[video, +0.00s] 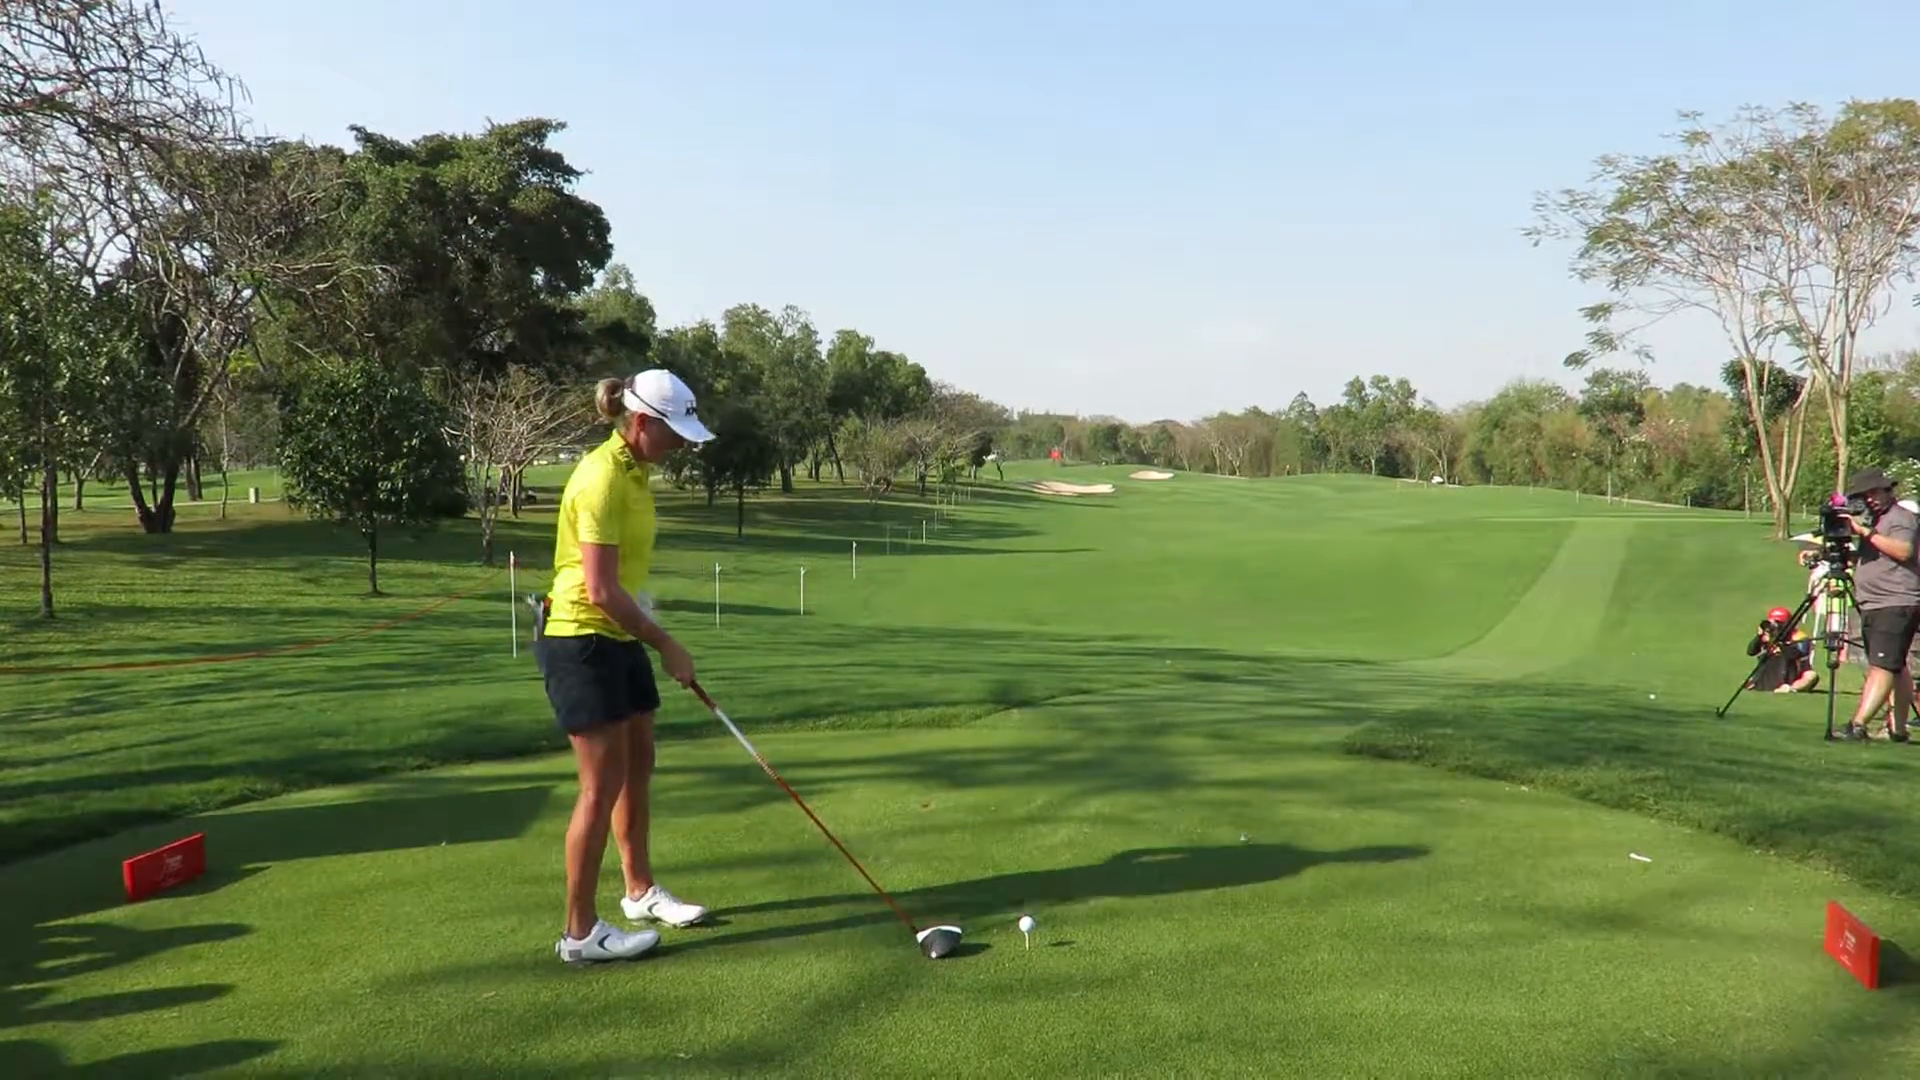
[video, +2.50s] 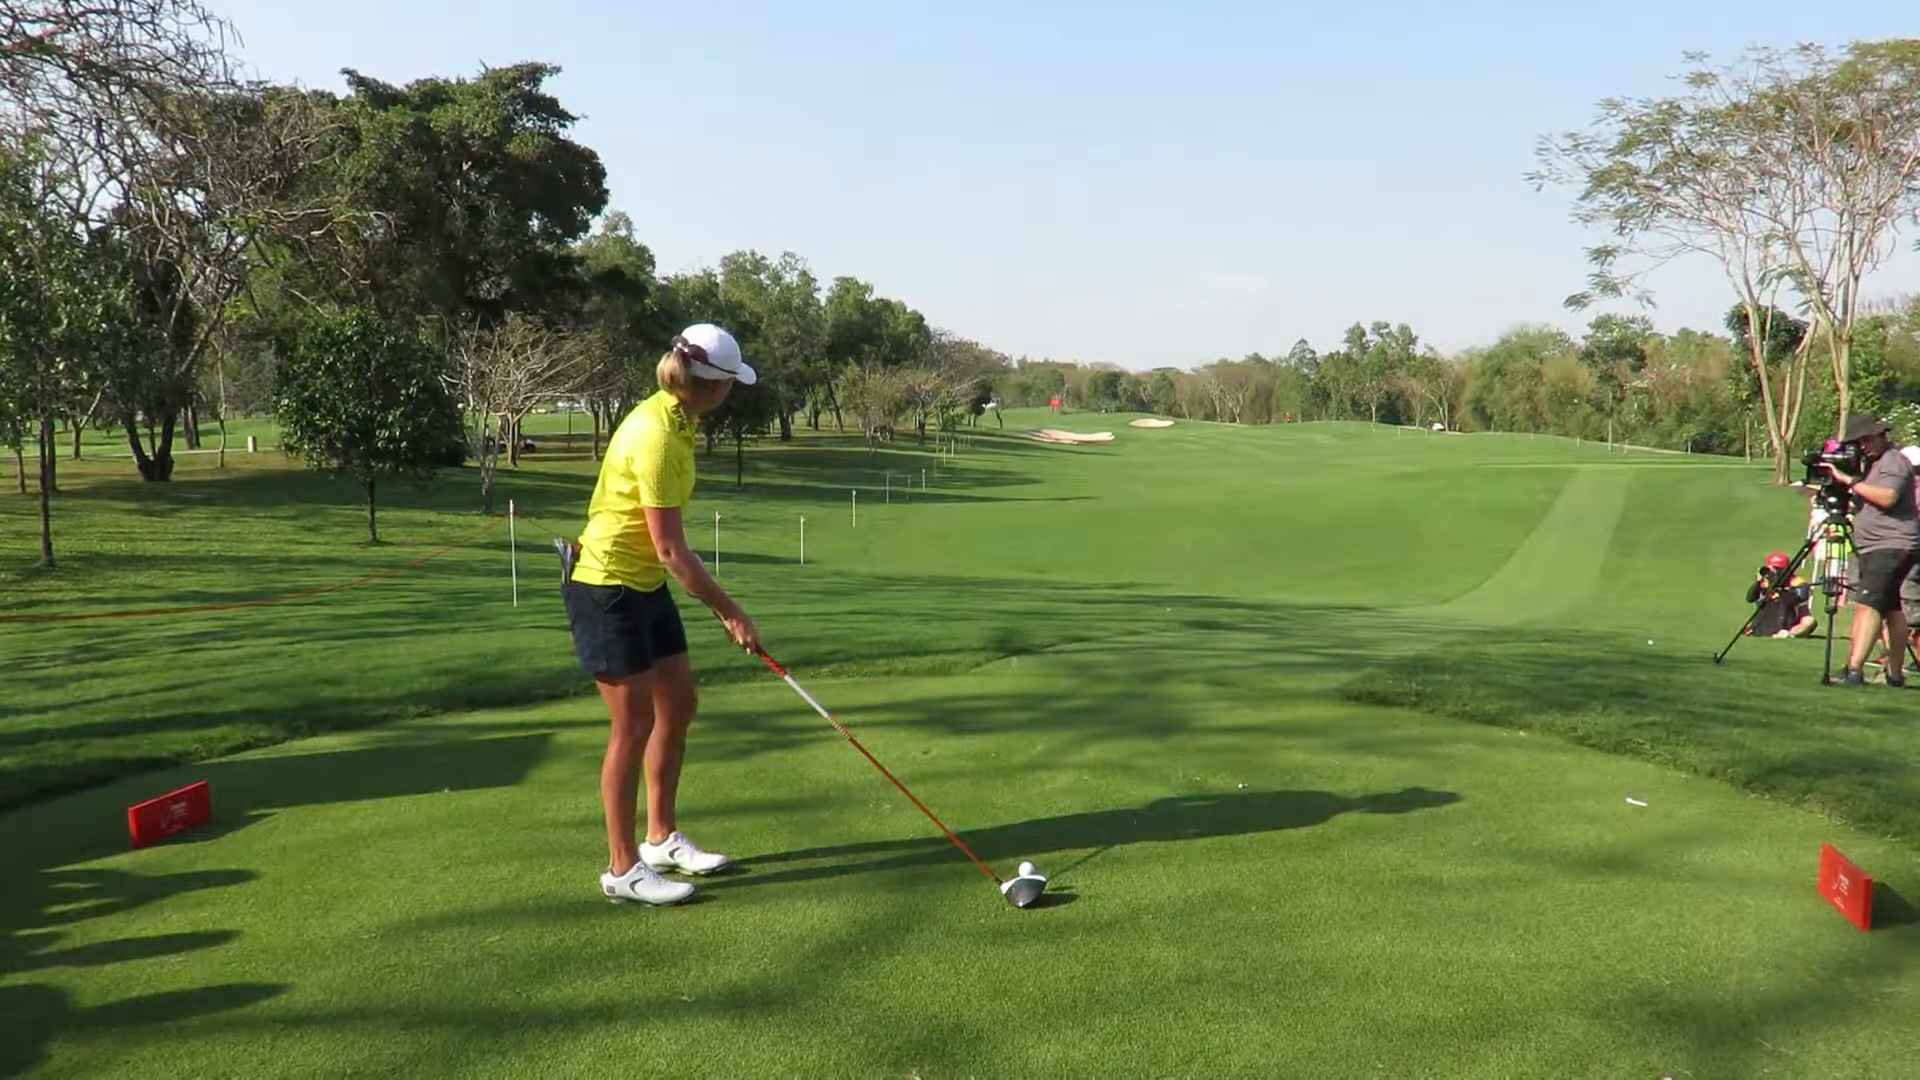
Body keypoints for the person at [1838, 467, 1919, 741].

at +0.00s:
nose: (1868, 502)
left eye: (1872, 495)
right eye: (1864, 497)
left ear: (1886, 492)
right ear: (1864, 499)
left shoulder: (1902, 517)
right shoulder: (1874, 521)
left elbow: (1904, 551)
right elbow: (1864, 558)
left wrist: (1865, 532)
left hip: (1897, 602)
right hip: (1873, 603)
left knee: (1883, 664)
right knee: (1893, 667)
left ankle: (1858, 724)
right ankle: (1898, 727)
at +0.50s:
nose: (1868, 475)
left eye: (1872, 469)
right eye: (1864, 471)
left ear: (1886, 466)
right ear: (1864, 473)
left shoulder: (1901, 490)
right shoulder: (1876, 494)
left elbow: (1901, 524)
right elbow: (1867, 531)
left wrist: (1865, 508)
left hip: (1896, 577)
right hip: (1875, 577)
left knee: (1882, 638)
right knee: (1894, 642)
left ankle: (1856, 697)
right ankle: (1898, 702)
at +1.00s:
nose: (1867, 462)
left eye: (1870, 455)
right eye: (1863, 458)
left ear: (1885, 452)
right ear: (1865, 459)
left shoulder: (1900, 476)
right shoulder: (1879, 480)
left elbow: (1898, 511)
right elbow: (1867, 517)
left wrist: (1861, 494)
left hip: (1895, 563)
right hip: (1876, 563)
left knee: (1877, 623)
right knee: (1895, 628)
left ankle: (1856, 685)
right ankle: (1897, 689)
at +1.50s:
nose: (1866, 452)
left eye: (1870, 445)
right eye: (1863, 447)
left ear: (1884, 442)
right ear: (1863, 448)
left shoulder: (1898, 467)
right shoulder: (1877, 470)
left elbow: (1894, 502)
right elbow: (1868, 504)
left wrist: (1857, 485)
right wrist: (1846, 482)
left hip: (1892, 551)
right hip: (1874, 551)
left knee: (1869, 610)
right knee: (1892, 616)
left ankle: (1854, 675)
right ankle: (1895, 678)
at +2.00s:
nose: (1865, 449)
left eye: (1870, 442)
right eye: (1862, 444)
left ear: (1885, 438)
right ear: (1860, 445)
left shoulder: (1896, 463)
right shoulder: (1876, 467)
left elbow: (1891, 498)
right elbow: (1866, 499)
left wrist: (1854, 481)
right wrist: (1843, 479)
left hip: (1888, 547)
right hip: (1874, 547)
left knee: (1866, 606)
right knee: (1891, 612)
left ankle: (1853, 671)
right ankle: (1894, 674)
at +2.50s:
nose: (1863, 447)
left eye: (1866, 440)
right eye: (1859, 443)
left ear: (1882, 436)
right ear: (1858, 444)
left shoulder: (1893, 461)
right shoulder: (1875, 465)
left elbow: (1887, 497)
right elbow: (1865, 495)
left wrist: (1850, 481)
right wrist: (1842, 477)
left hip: (1892, 546)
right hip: (1875, 547)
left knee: (1869, 604)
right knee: (1892, 611)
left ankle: (1853, 670)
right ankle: (1895, 674)